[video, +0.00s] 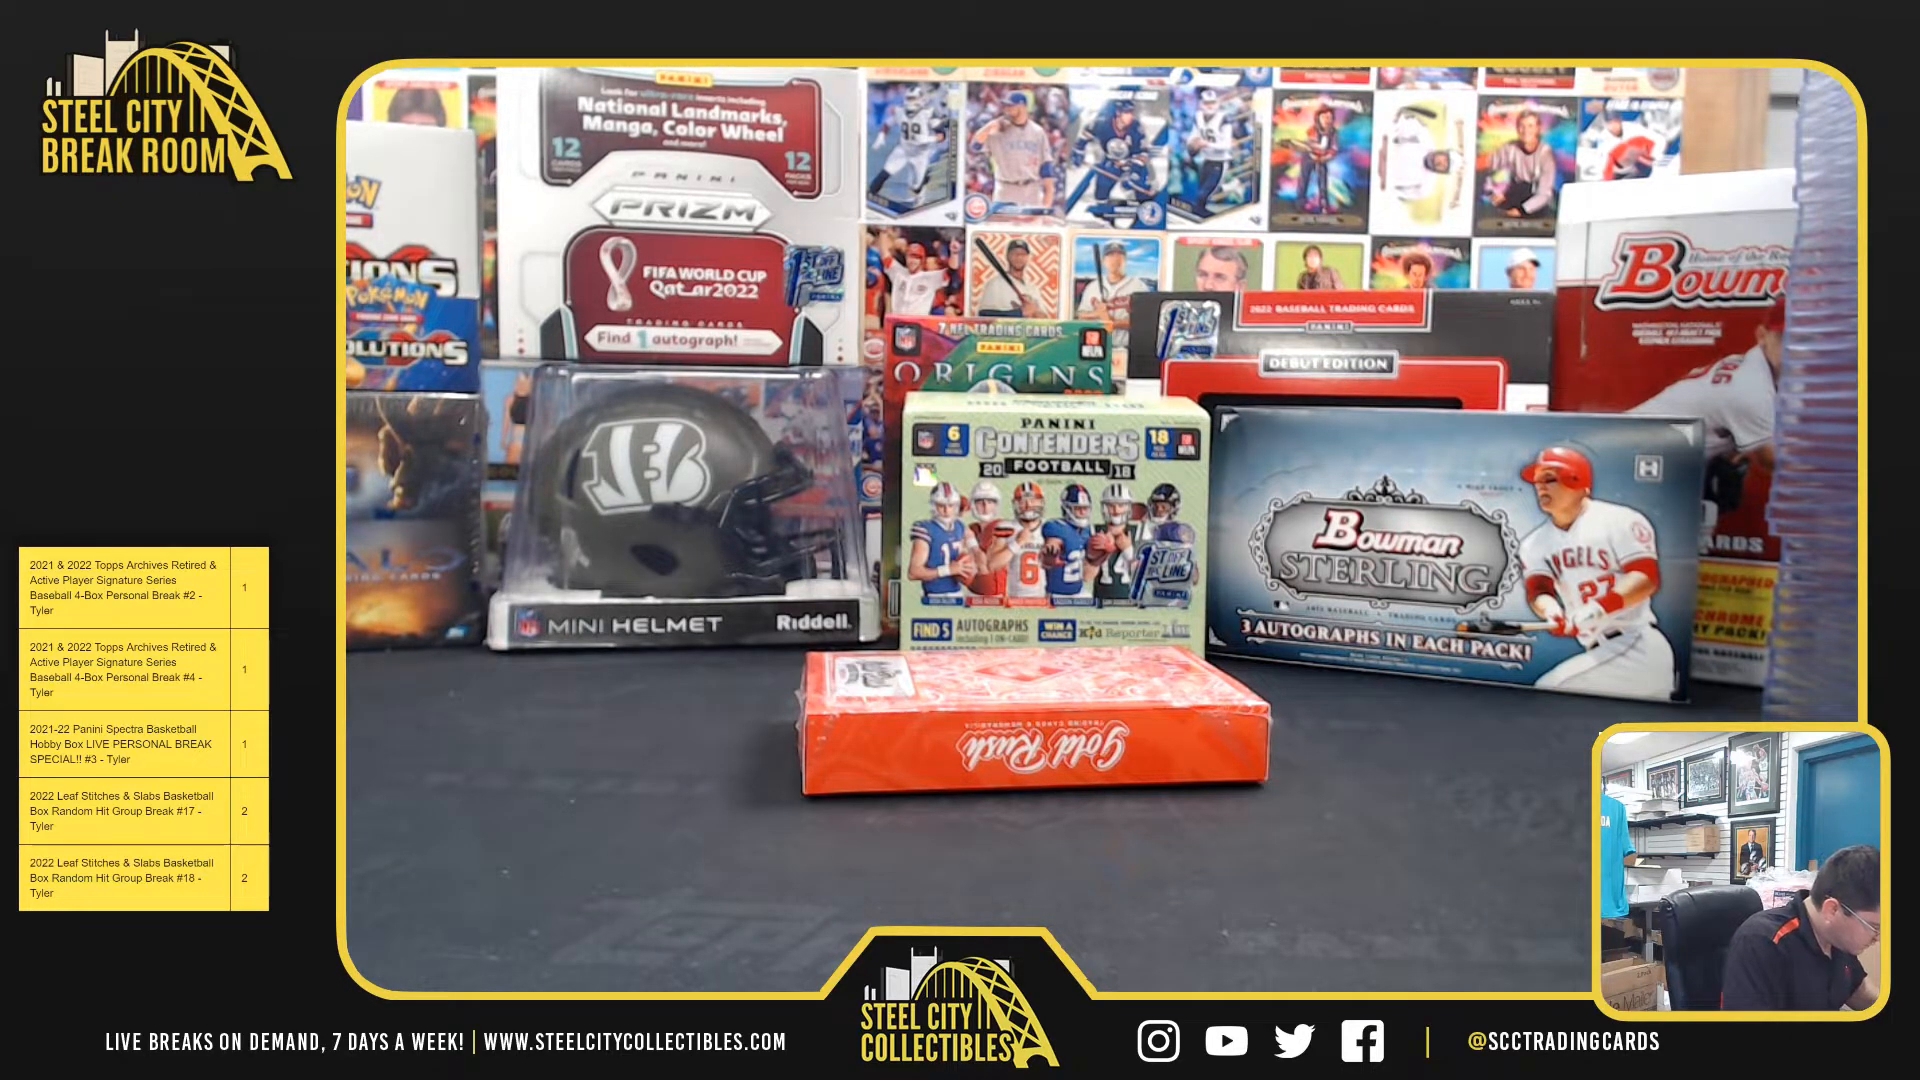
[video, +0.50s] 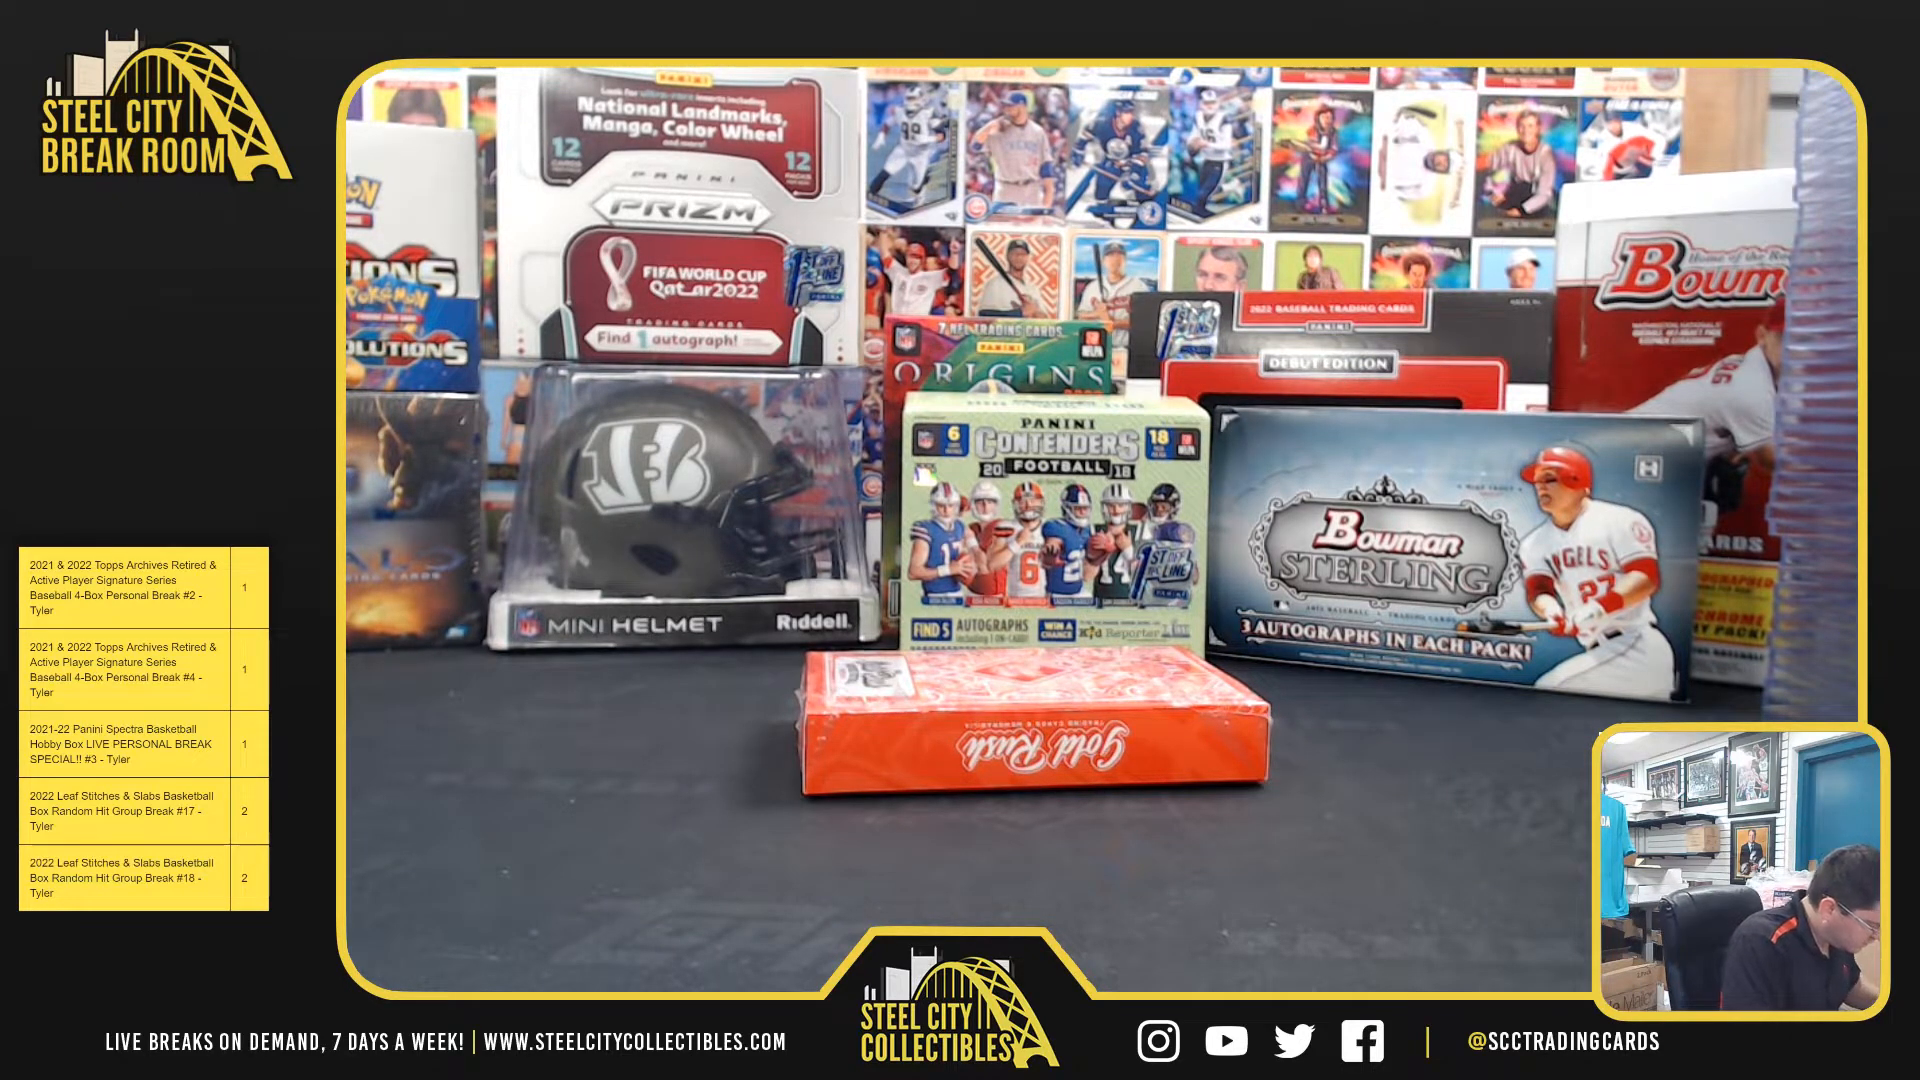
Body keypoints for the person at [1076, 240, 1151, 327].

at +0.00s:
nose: (1115, 260)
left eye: (1119, 255)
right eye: (1111, 255)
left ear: (1124, 260)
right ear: (1104, 260)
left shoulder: (1137, 286)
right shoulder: (1093, 287)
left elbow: (1144, 318)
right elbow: (1081, 315)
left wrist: (1114, 323)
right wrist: (1099, 314)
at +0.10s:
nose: (1115, 260)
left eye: (1119, 255)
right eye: (1111, 255)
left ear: (1124, 260)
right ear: (1104, 260)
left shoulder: (1137, 286)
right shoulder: (1093, 287)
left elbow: (1144, 318)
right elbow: (1081, 315)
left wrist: (1114, 323)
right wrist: (1099, 314)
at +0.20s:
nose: (1115, 260)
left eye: (1119, 255)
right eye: (1111, 255)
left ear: (1124, 260)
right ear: (1104, 260)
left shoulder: (1137, 286)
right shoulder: (1093, 287)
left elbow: (1144, 318)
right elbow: (1081, 315)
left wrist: (1114, 323)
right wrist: (1099, 314)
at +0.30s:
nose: (1115, 260)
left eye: (1119, 255)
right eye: (1111, 255)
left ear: (1124, 260)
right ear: (1104, 260)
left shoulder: (1137, 286)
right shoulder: (1093, 287)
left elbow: (1144, 318)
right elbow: (1081, 315)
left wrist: (1114, 323)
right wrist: (1099, 314)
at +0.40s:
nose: (1115, 260)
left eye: (1119, 255)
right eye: (1111, 255)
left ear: (1124, 260)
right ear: (1104, 260)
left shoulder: (1137, 286)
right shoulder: (1093, 287)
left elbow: (1144, 318)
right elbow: (1081, 315)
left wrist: (1114, 323)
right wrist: (1099, 314)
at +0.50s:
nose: (1115, 260)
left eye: (1119, 255)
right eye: (1111, 255)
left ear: (1124, 260)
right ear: (1104, 260)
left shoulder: (1137, 286)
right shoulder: (1093, 287)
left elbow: (1144, 318)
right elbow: (1081, 315)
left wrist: (1114, 323)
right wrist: (1099, 314)